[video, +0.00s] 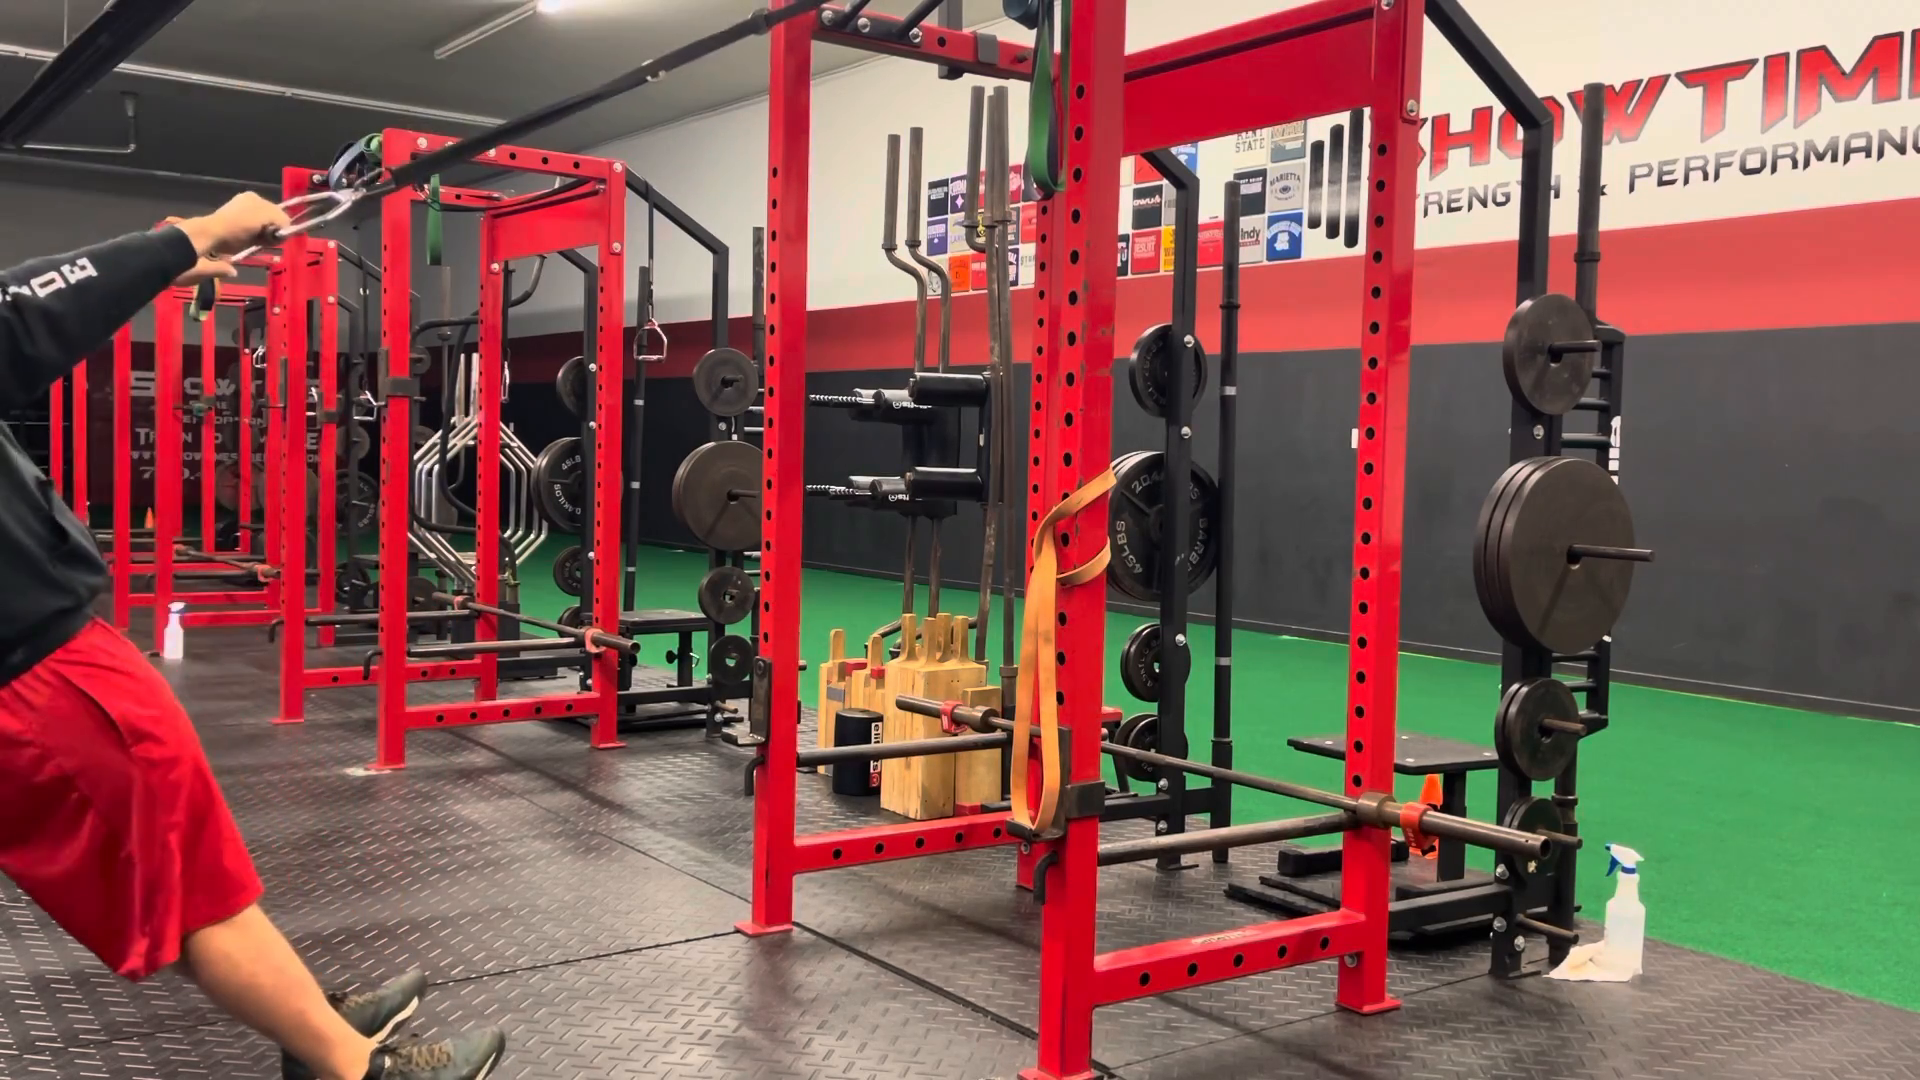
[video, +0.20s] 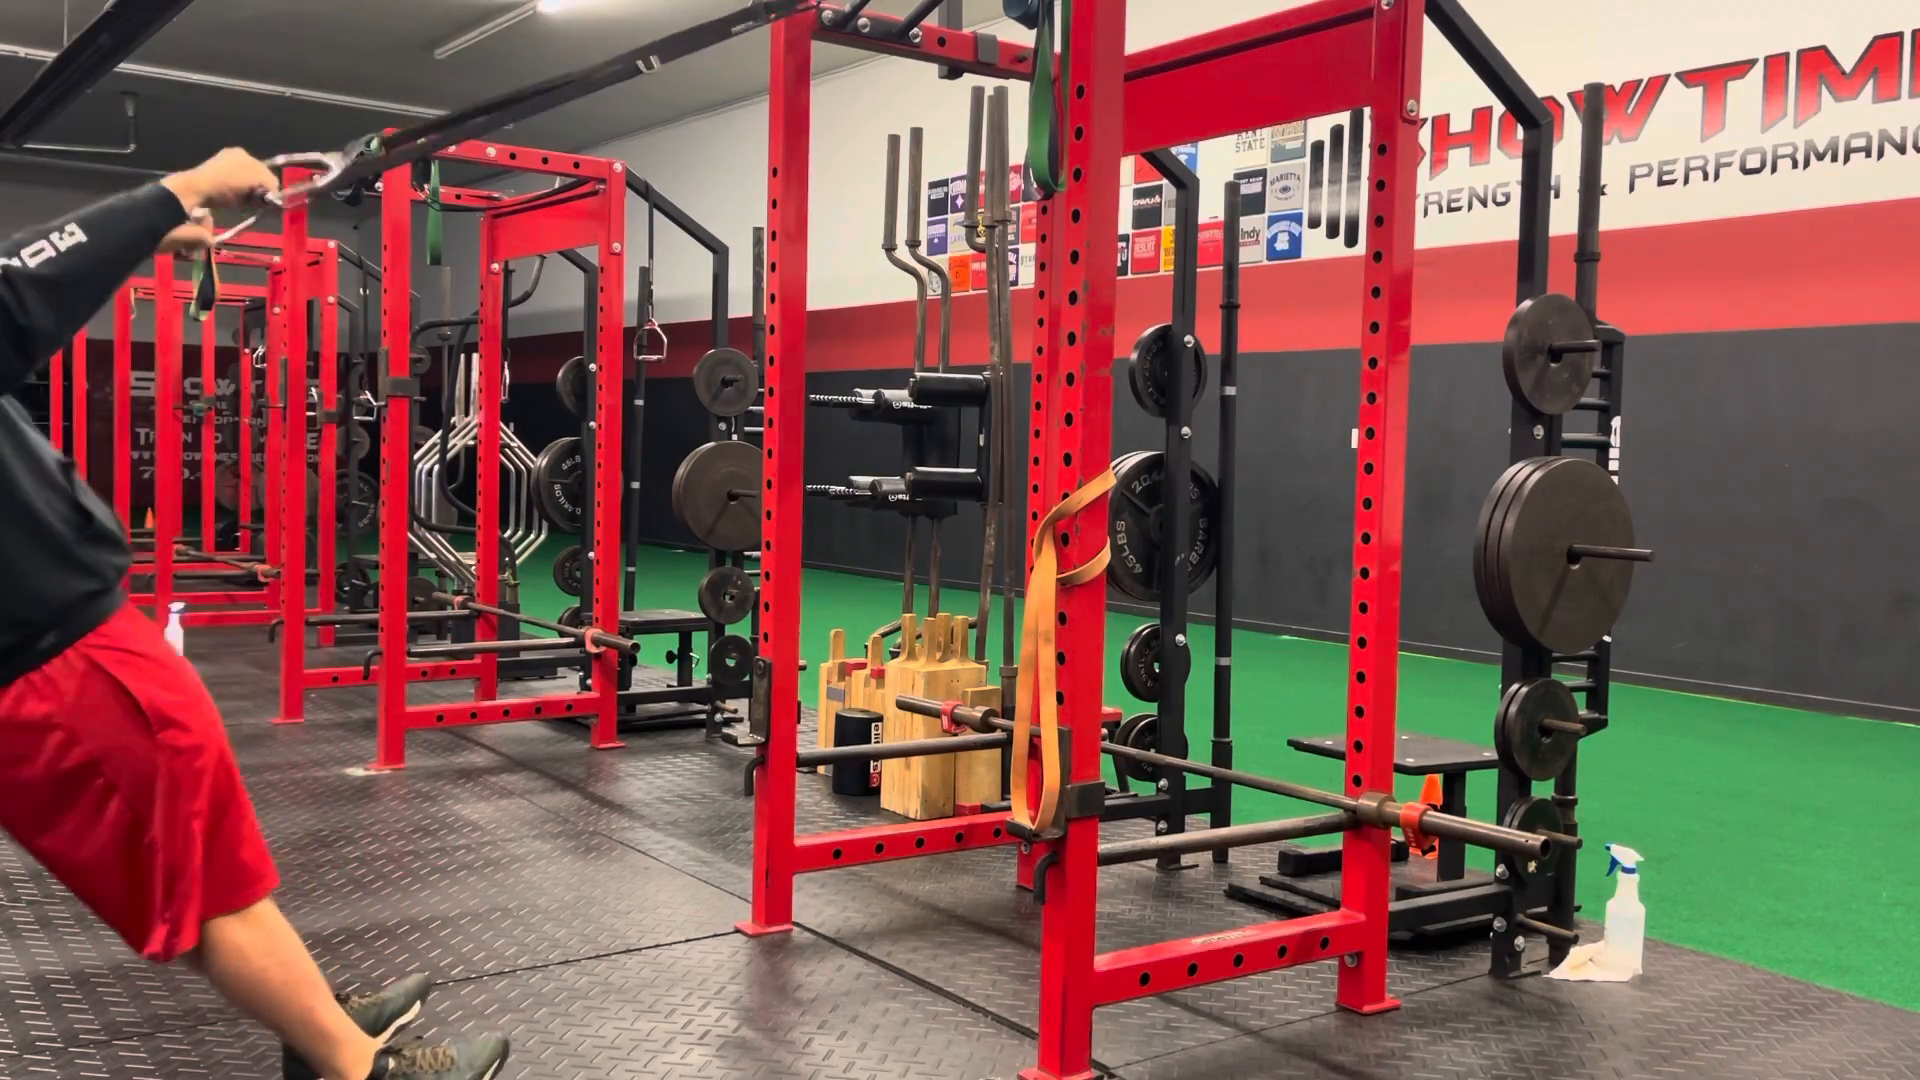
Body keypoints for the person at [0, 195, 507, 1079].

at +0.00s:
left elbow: (41, 309)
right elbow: (44, 308)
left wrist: (187, 238)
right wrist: (202, 233)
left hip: (35, 643)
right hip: (33, 649)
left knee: (181, 849)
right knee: (196, 880)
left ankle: (313, 1026)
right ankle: (353, 1064)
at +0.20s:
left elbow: (33, 286)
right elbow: (41, 280)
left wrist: (167, 206)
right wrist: (187, 185)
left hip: (48, 635)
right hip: (50, 641)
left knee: (197, 843)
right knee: (213, 874)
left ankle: (318, 1027)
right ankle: (357, 1065)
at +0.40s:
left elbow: (24, 249)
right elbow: (24, 258)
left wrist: (114, 130)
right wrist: (155, 77)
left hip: (97, 601)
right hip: (105, 607)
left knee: (243, 845)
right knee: (257, 865)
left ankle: (336, 1033)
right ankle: (366, 1065)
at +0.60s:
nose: (31, 146)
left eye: (34, 131)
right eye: (23, 132)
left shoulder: (25, 285)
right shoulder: (19, 287)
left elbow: (59, 136)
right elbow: (65, 150)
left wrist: (118, 22)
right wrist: (132, 4)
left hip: (157, 623)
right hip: (207, 613)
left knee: (257, 861)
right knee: (299, 867)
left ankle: (326, 1036)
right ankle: (372, 1057)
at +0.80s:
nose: (65, 127)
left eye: (50, 106)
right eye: (42, 115)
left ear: (20, 145)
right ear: (17, 143)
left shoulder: (30, 281)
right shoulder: (82, 251)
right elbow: (122, 81)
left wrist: (79, 39)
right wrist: (88, 12)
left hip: (199, 611)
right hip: (270, 600)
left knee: (280, 848)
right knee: (331, 860)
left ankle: (325, 1032)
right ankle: (382, 1059)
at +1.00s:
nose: (178, 128)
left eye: (169, 107)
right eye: (158, 110)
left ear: (57, 151)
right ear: (130, 126)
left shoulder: (78, 271)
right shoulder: (166, 239)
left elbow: (57, 174)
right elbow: (162, 78)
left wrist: (64, 46)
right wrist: (121, 5)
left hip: (231, 605)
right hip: (322, 597)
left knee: (281, 844)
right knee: (351, 860)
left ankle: (326, 1024)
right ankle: (385, 1057)